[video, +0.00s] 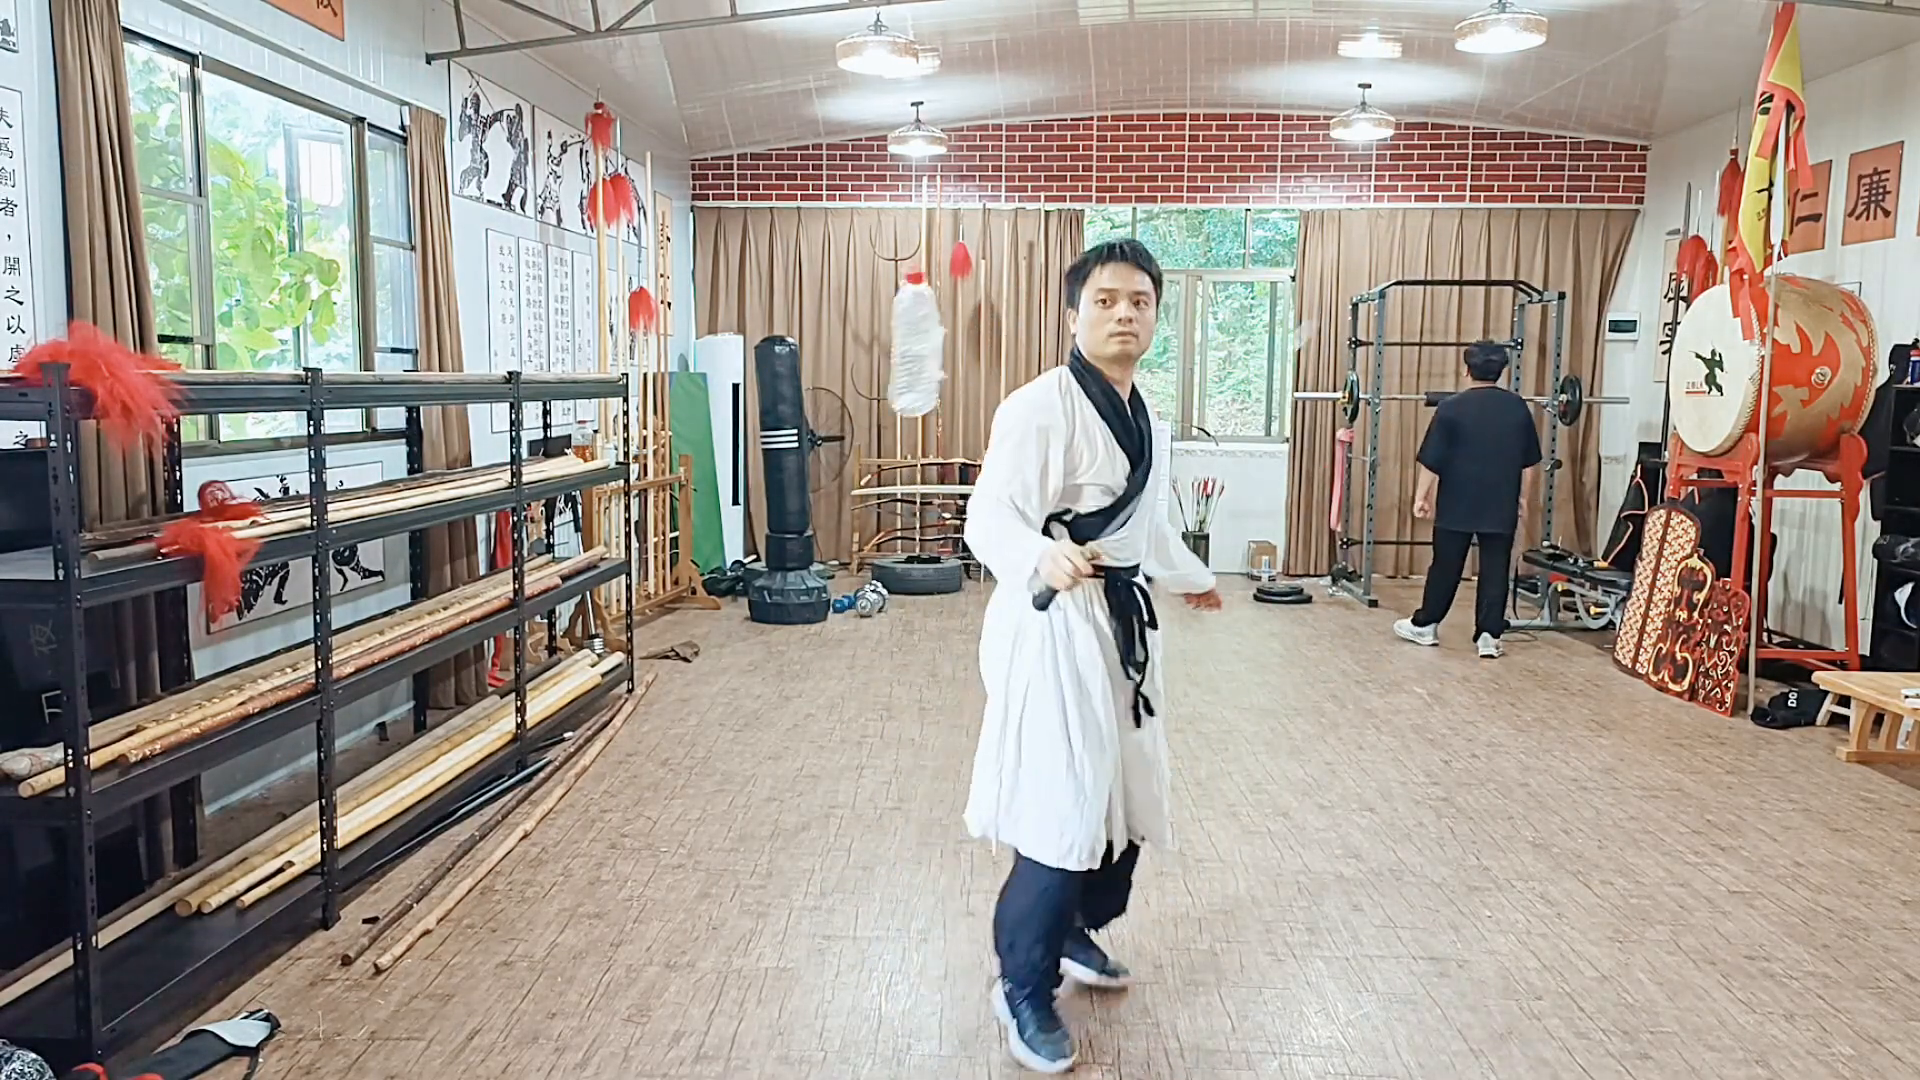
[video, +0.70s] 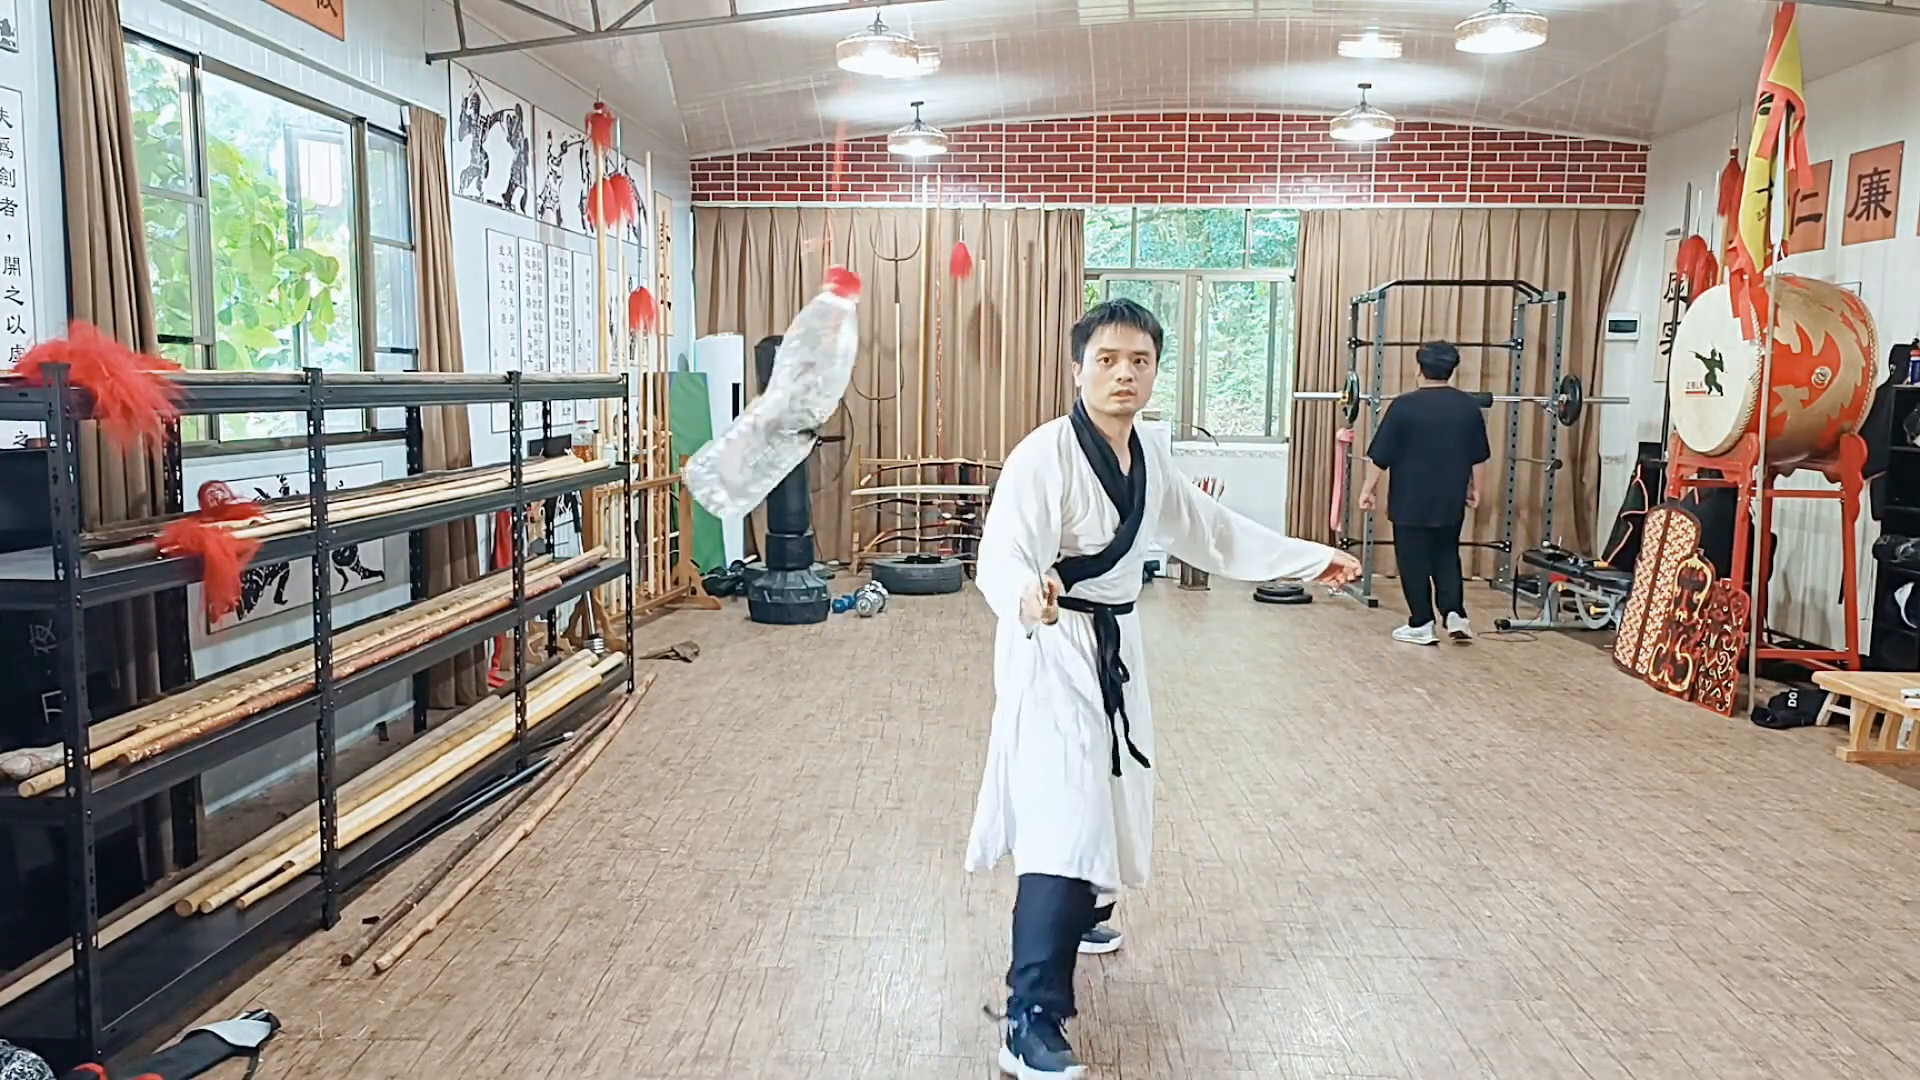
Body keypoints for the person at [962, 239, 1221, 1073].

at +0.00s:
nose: (1126, 314)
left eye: (1140, 301)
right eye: (1108, 300)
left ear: (1157, 316)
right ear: (1075, 313)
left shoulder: (1147, 416)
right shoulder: (1040, 406)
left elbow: (1151, 522)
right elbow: (989, 517)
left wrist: (1189, 578)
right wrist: (1041, 555)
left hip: (1122, 621)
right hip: (1051, 625)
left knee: (1126, 785)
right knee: (1063, 804)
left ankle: (1072, 927)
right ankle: (1024, 982)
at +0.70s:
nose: (1124, 373)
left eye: (1140, 360)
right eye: (1108, 358)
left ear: (1156, 374)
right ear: (1079, 368)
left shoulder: (1151, 456)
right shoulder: (1041, 457)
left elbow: (1214, 531)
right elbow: (1000, 556)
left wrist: (1308, 557)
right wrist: (1027, 592)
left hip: (1115, 640)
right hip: (1052, 645)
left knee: (1109, 783)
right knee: (1064, 809)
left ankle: (1080, 907)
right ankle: (1032, 1015)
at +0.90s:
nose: (1130, 378)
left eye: (1144, 364)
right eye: (1113, 364)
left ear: (1161, 377)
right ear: (1083, 377)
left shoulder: (1156, 464)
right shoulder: (1048, 464)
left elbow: (1227, 533)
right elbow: (1006, 566)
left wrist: (1329, 551)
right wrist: (1025, 627)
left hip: (1112, 658)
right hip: (1046, 661)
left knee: (1116, 798)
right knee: (1061, 835)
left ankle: (1078, 911)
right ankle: (1033, 1038)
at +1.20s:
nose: (1150, 420)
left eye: (1164, 404)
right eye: (1131, 404)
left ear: (1179, 414)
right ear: (1097, 414)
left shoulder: (1169, 497)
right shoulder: (1059, 514)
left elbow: (1217, 573)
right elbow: (1019, 637)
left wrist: (1315, 557)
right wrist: (1052, 696)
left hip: (1121, 707)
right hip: (1050, 712)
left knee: (1131, 855)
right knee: (1121, 889)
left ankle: (1038, 979)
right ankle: (1056, 1046)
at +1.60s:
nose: (1212, 503)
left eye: (1224, 486)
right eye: (1188, 485)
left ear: (1238, 498)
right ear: (1140, 507)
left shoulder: (1187, 588)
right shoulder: (1124, 593)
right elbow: (1139, 596)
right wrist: (1158, 553)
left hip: (1151, 821)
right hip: (1096, 832)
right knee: (1151, 968)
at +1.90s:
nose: (1214, 489)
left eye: (1230, 472)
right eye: (1193, 472)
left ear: (1249, 486)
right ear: (1158, 486)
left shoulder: (1223, 569)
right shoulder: (1119, 580)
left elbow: (1213, 626)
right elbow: (1070, 711)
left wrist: (1260, 635)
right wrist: (1100, 776)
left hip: (1192, 782)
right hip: (1120, 790)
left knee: (1191, 939)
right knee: (1150, 971)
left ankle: (1170, 1058)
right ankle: (1134, 1063)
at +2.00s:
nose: (1196, 456)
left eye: (1215, 440)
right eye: (1177, 439)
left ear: (1238, 453)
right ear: (1150, 452)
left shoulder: (1230, 533)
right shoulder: (1112, 548)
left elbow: (1272, 609)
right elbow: (1070, 668)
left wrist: (1353, 644)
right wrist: (1088, 731)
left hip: (1193, 740)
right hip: (1119, 748)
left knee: (1196, 895)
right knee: (1151, 910)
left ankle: (1167, 1043)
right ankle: (1137, 1061)